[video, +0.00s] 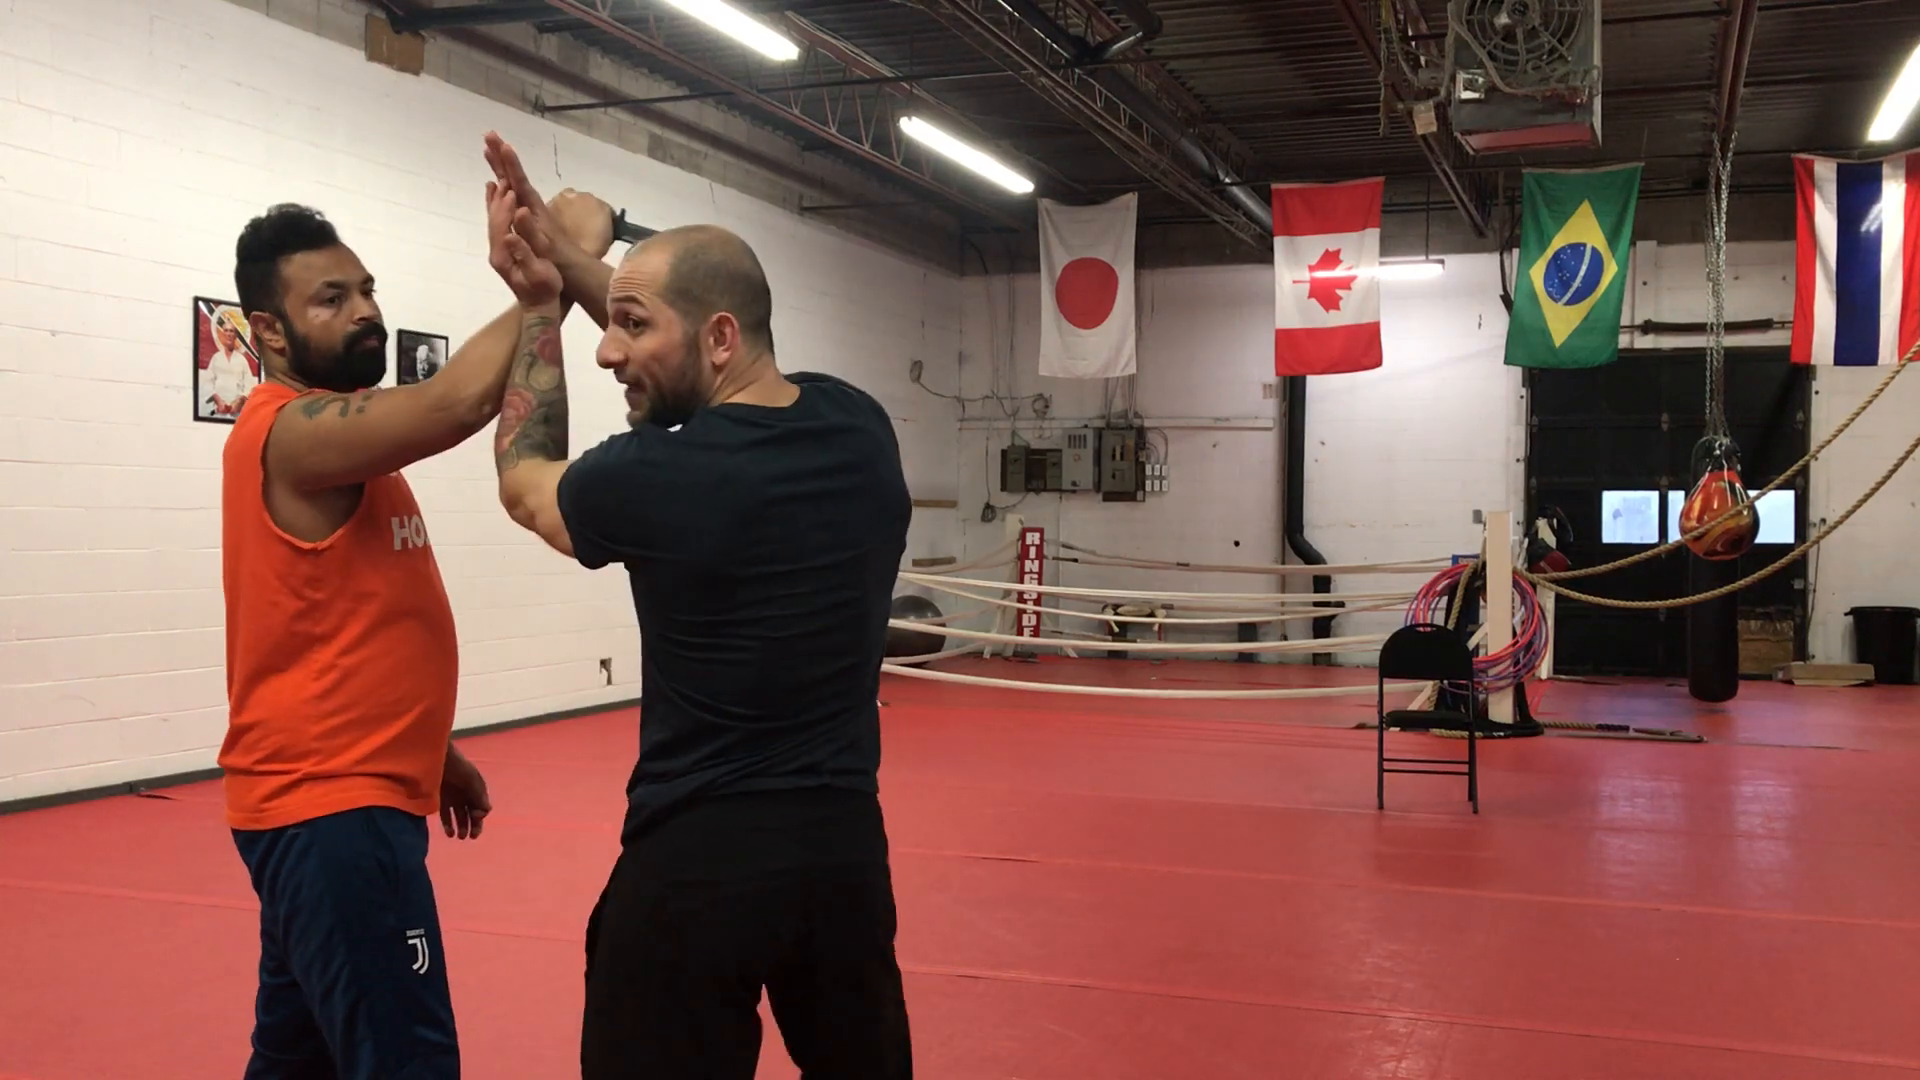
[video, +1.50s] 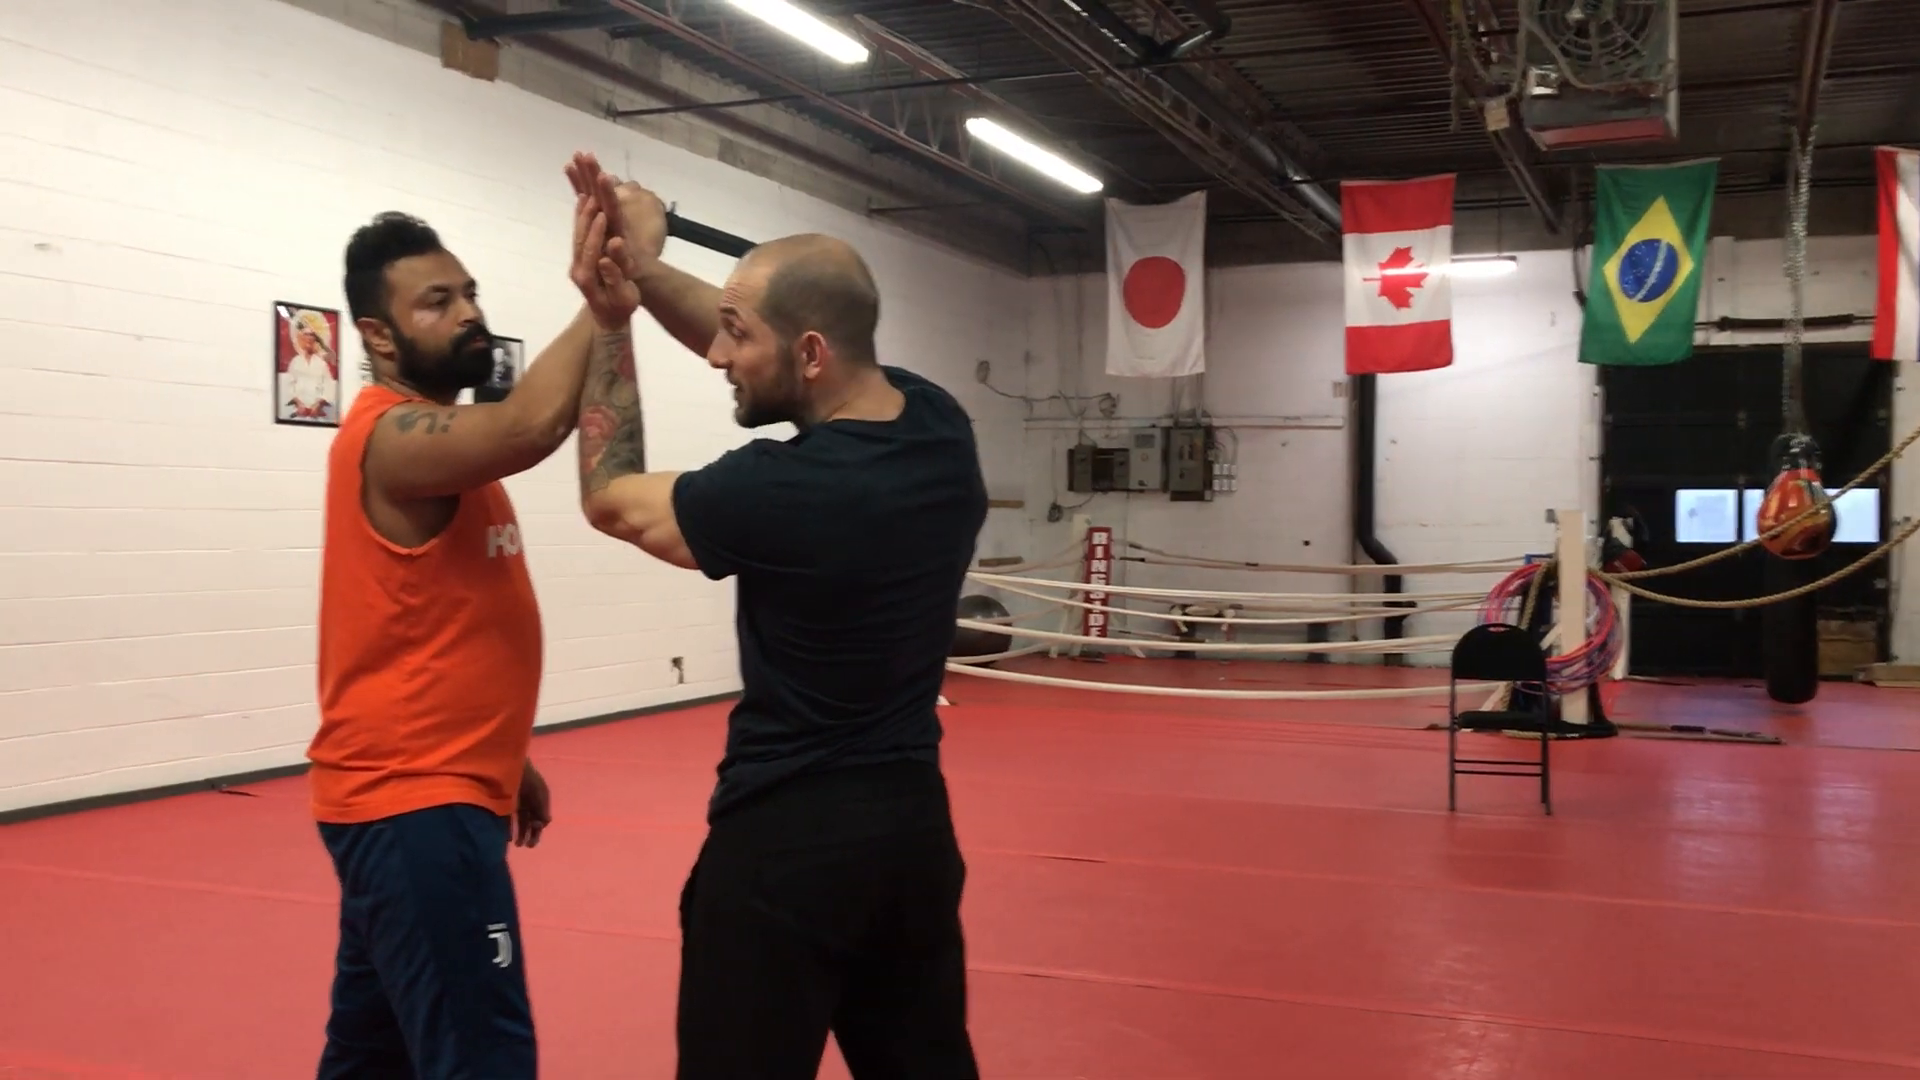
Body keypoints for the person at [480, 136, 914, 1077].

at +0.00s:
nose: (609, 355)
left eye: (634, 325)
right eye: (612, 325)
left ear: (719, 339)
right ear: (728, 337)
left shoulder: (649, 475)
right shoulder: (862, 428)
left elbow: (528, 482)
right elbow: (713, 364)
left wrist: (538, 308)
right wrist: (579, 273)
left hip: (686, 863)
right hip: (839, 853)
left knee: (651, 1059)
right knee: (868, 1063)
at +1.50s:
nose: (722, 353)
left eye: (739, 335)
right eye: (726, 331)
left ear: (810, 354)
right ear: (821, 348)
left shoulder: (774, 492)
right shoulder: (939, 429)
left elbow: (611, 497)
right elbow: (748, 338)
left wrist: (609, 313)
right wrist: (641, 265)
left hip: (776, 845)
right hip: (908, 829)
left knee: (734, 1063)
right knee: (928, 1066)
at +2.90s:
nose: (933, 358)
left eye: (954, 331)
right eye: (933, 334)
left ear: (1033, 342)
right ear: (1036, 348)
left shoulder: (980, 490)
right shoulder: (1145, 436)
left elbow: (819, 499)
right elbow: (955, 339)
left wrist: (834, 320)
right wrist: (868, 270)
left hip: (962, 843)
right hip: (1099, 832)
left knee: (924, 1062)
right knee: (1114, 1067)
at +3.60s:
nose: (926, 360)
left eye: (950, 333)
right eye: (927, 335)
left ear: (1030, 342)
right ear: (1033, 347)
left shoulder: (978, 490)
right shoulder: (1140, 436)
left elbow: (815, 504)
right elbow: (955, 342)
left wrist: (827, 322)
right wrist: (865, 273)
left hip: (962, 845)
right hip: (1096, 832)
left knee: (920, 1063)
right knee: (1110, 1066)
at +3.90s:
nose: (926, 357)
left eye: (950, 330)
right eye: (929, 332)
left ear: (1029, 344)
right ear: (1033, 348)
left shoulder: (977, 488)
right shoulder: (1142, 437)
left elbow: (816, 501)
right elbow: (957, 342)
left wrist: (831, 320)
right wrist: (871, 273)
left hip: (960, 847)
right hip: (1097, 836)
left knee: (920, 1062)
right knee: (1112, 1067)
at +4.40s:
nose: (901, 321)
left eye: (905, 302)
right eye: (888, 302)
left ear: (942, 313)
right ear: (1033, 305)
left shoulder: (921, 457)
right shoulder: (1129, 417)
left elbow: (797, 494)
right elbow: (962, 384)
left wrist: (826, 327)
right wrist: (860, 273)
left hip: (992, 846)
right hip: (1139, 824)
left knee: (957, 1062)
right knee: (1171, 1066)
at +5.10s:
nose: (1313, 373)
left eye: (1328, 349)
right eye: (1320, 349)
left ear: (1378, 367)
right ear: (1468, 385)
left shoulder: (1279, 514)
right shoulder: (1579, 543)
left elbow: (1219, 777)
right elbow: (1631, 801)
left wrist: (1308, 842)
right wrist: (1479, 832)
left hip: (1316, 973)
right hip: (1521, 976)